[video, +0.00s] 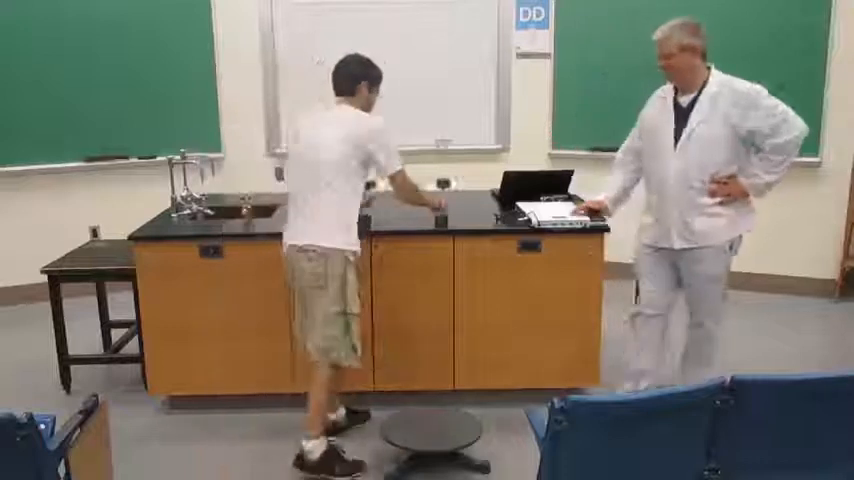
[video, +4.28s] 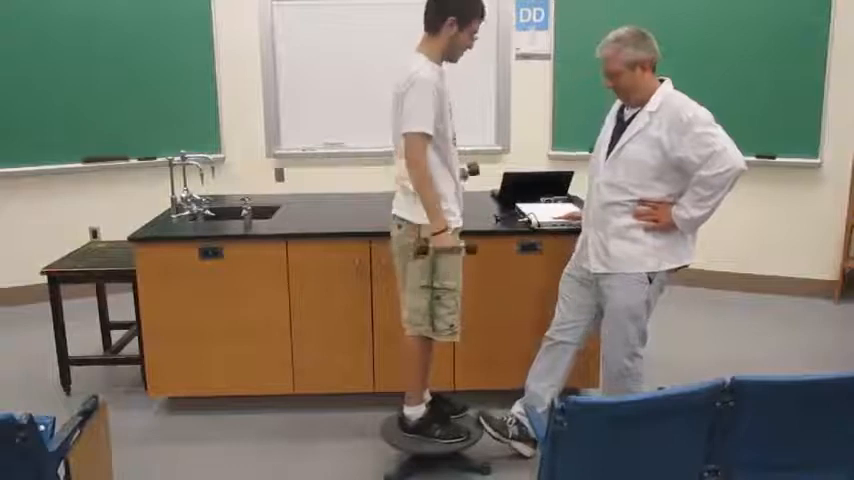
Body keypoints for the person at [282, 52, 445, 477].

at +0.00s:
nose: (377, 98)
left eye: (376, 91)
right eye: (376, 91)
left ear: (339, 88)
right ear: (364, 88)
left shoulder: (309, 122)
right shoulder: (368, 125)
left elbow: (301, 178)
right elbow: (403, 188)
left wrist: (351, 194)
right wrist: (430, 201)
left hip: (296, 246)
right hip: (330, 251)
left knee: (323, 340)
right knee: (326, 352)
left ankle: (333, 413)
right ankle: (313, 447)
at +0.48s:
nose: (374, 91)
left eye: (375, 82)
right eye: (372, 81)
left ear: (341, 75)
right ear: (350, 75)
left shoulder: (312, 115)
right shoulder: (345, 118)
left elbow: (317, 185)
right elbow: (354, 188)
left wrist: (376, 205)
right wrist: (388, 213)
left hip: (313, 243)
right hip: (332, 249)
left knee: (341, 337)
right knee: (334, 348)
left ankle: (339, 410)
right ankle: (327, 444)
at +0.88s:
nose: (371, 104)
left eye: (374, 95)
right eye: (369, 95)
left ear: (342, 84)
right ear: (343, 84)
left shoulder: (334, 124)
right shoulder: (323, 131)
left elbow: (341, 198)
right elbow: (310, 210)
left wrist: (362, 245)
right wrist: (347, 259)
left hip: (339, 257)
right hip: (326, 261)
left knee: (342, 343)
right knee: (330, 356)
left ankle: (339, 409)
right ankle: (328, 447)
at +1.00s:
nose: (378, 104)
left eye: (381, 95)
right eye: (374, 95)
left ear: (347, 87)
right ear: (346, 86)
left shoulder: (343, 125)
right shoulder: (327, 133)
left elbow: (341, 204)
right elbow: (305, 214)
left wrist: (363, 251)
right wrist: (334, 268)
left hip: (362, 253)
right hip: (334, 263)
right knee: (334, 360)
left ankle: (355, 372)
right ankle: (328, 447)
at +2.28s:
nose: (438, 105)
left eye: (443, 97)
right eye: (437, 95)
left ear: (412, 84)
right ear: (411, 82)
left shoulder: (397, 123)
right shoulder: (382, 127)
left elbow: (380, 199)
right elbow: (353, 198)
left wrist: (397, 252)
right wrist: (362, 267)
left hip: (403, 257)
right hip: (375, 267)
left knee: (447, 322)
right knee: (365, 362)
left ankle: (412, 401)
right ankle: (333, 444)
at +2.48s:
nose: (461, 62)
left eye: (465, 54)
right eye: (459, 52)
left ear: (437, 42)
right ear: (434, 38)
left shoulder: (420, 82)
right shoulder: (401, 79)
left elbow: (404, 159)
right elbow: (361, 147)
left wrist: (420, 219)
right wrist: (372, 220)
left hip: (417, 225)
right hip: (395, 227)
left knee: (429, 319)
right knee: (416, 320)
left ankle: (412, 399)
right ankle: (358, 383)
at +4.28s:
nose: (472, 46)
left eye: (475, 37)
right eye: (472, 35)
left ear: (446, 26)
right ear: (450, 26)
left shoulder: (427, 75)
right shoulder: (422, 78)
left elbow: (419, 153)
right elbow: (415, 156)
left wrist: (451, 175)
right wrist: (439, 221)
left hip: (428, 220)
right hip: (422, 222)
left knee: (427, 318)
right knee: (422, 320)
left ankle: (422, 400)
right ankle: (414, 411)